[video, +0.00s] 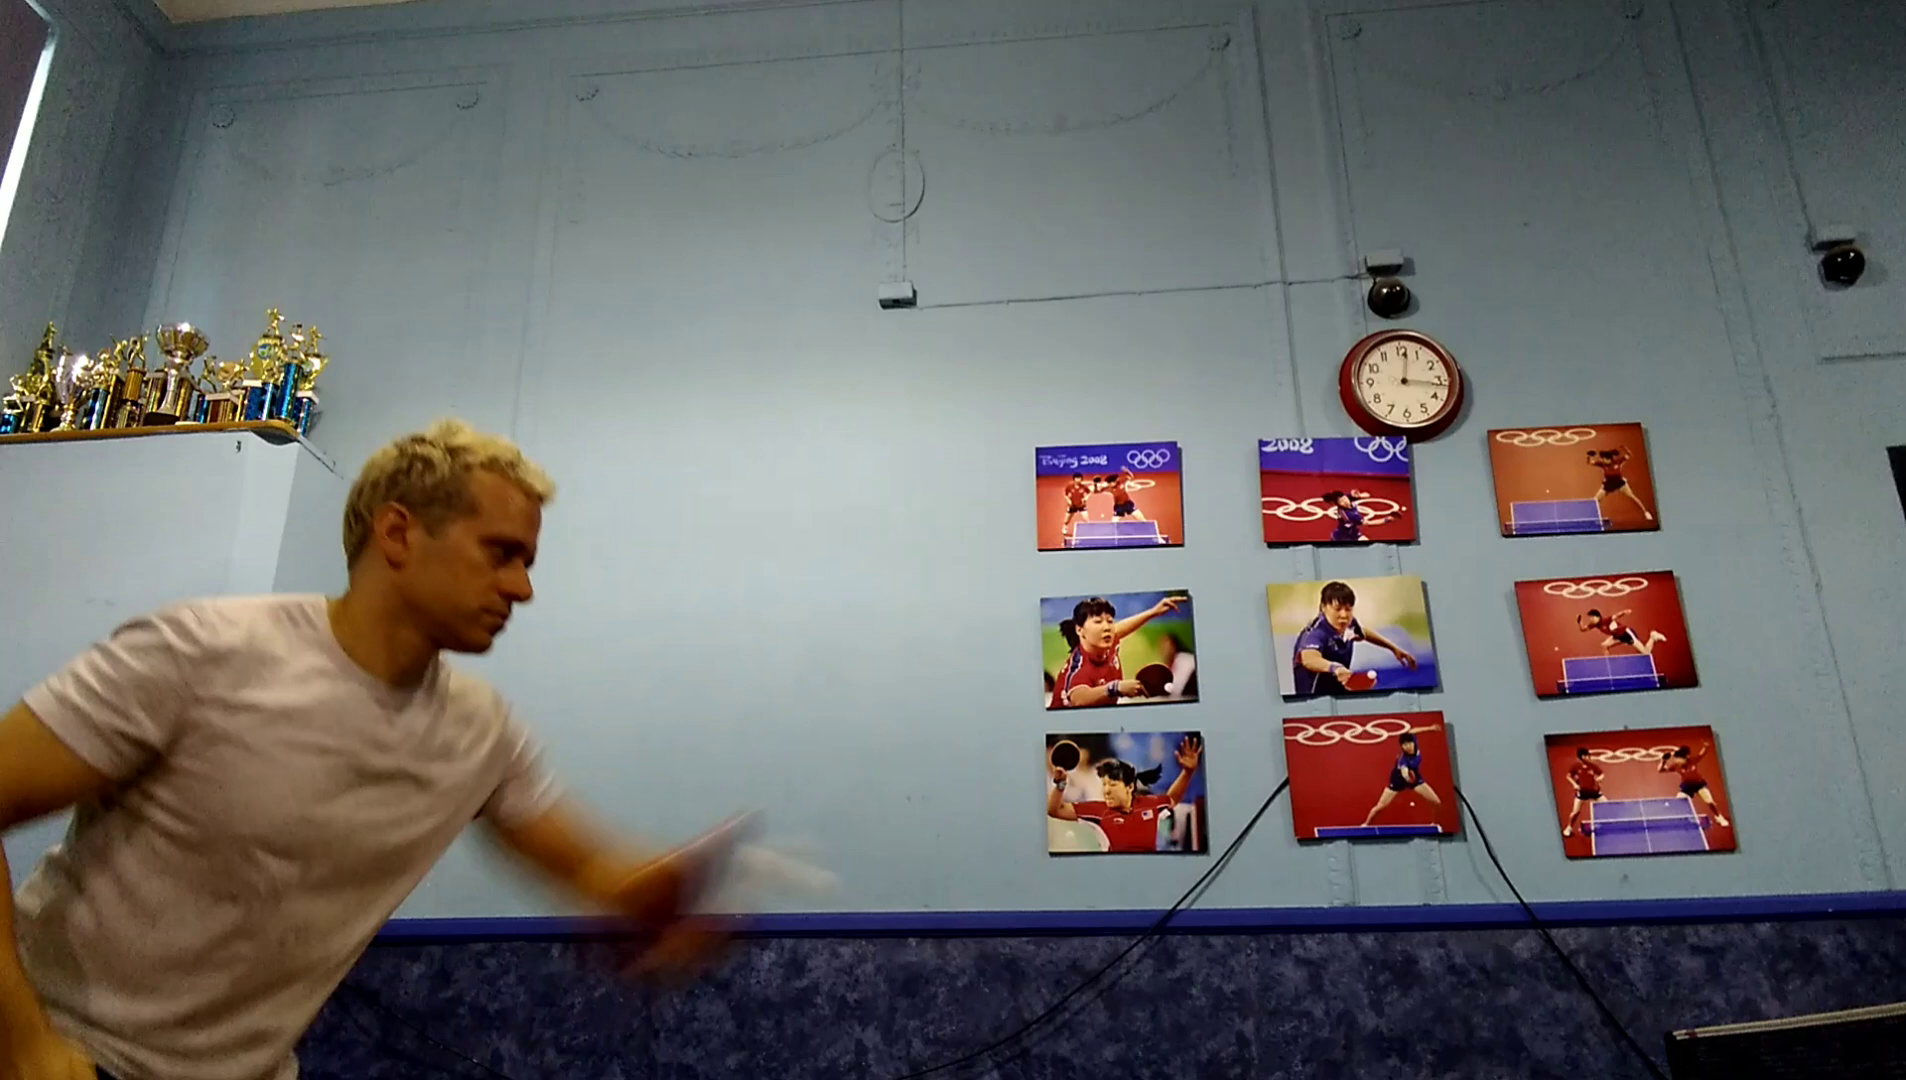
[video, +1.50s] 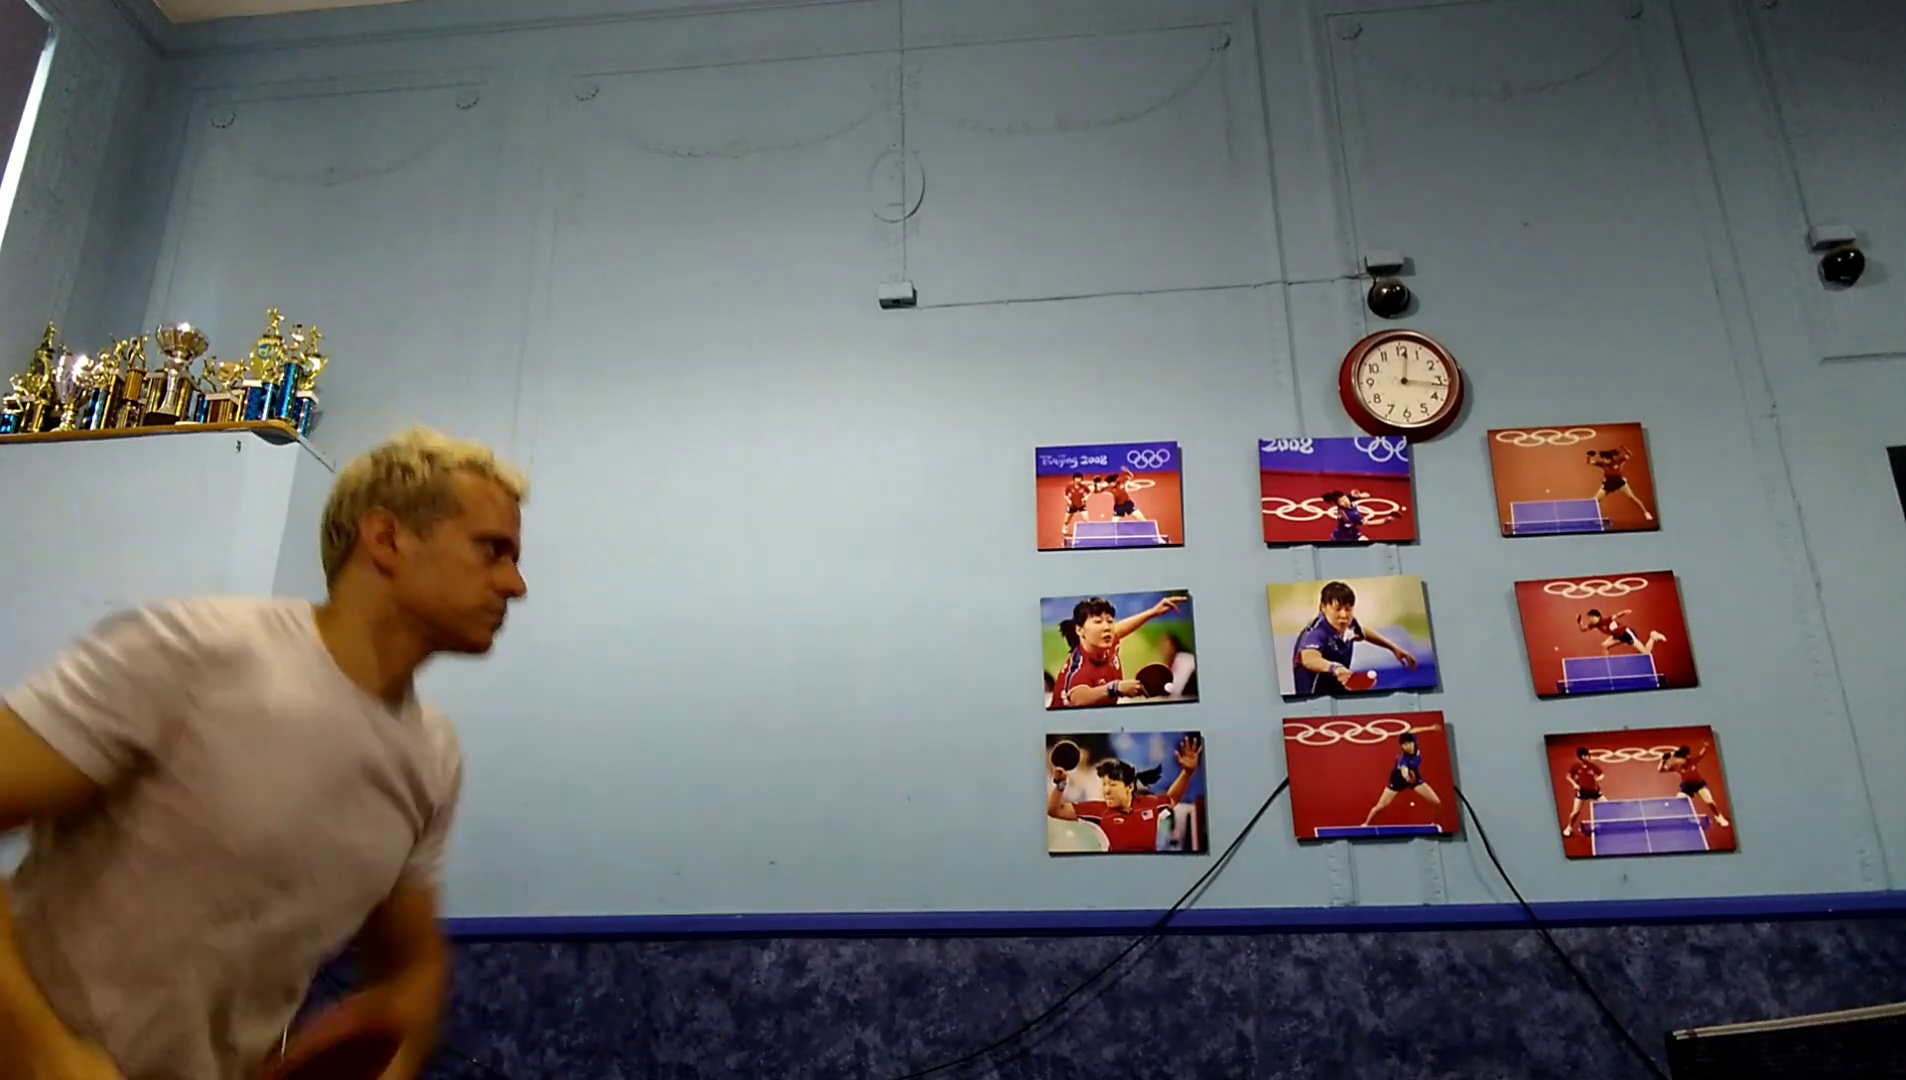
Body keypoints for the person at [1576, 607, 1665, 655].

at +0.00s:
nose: (1591, 621)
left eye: (1592, 618)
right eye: (1590, 619)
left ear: (1597, 617)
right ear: (1592, 619)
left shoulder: (1607, 620)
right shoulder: (1594, 625)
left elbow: (1617, 616)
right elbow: (1583, 630)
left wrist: (1625, 612)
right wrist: (1579, 623)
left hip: (1627, 634)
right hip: (1617, 637)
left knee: (1645, 652)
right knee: (1604, 645)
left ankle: (1653, 636)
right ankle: (1608, 667)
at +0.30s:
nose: (1590, 620)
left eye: (1591, 618)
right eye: (1590, 619)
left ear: (1597, 617)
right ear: (1593, 618)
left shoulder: (1607, 620)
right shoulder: (1594, 624)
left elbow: (1617, 616)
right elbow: (1583, 630)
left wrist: (1625, 612)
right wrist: (1579, 623)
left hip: (1627, 634)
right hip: (1618, 637)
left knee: (1646, 652)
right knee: (1604, 645)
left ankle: (1653, 636)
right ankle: (1608, 667)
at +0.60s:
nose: (1590, 621)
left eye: (1591, 618)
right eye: (1590, 619)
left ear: (1597, 617)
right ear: (1592, 619)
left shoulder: (1607, 620)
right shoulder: (1594, 625)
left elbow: (1617, 615)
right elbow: (1583, 630)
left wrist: (1625, 612)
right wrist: (1579, 623)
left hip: (1627, 634)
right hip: (1617, 637)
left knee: (1646, 652)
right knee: (1604, 645)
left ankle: (1653, 636)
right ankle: (1608, 667)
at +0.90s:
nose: (1590, 620)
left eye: (1591, 618)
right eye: (1590, 619)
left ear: (1597, 617)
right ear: (1593, 618)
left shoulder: (1607, 620)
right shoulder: (1594, 625)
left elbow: (1617, 615)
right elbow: (1583, 630)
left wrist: (1625, 612)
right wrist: (1579, 623)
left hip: (1627, 634)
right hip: (1618, 637)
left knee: (1645, 652)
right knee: (1604, 645)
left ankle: (1653, 636)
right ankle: (1608, 667)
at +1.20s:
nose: (1590, 621)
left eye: (1591, 618)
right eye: (1590, 619)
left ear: (1597, 617)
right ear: (1593, 618)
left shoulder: (1607, 620)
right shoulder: (1594, 625)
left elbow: (1617, 615)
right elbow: (1583, 630)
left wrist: (1625, 612)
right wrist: (1579, 623)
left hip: (1627, 634)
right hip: (1618, 637)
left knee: (1645, 652)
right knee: (1604, 645)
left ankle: (1653, 636)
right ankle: (1608, 667)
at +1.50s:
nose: (1590, 620)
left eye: (1591, 618)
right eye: (1590, 619)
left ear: (1597, 617)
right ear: (1592, 618)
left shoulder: (1607, 620)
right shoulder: (1594, 625)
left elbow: (1617, 615)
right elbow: (1583, 630)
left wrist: (1625, 612)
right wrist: (1579, 623)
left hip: (1627, 634)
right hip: (1618, 637)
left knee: (1645, 652)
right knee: (1604, 645)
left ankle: (1653, 636)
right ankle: (1608, 667)